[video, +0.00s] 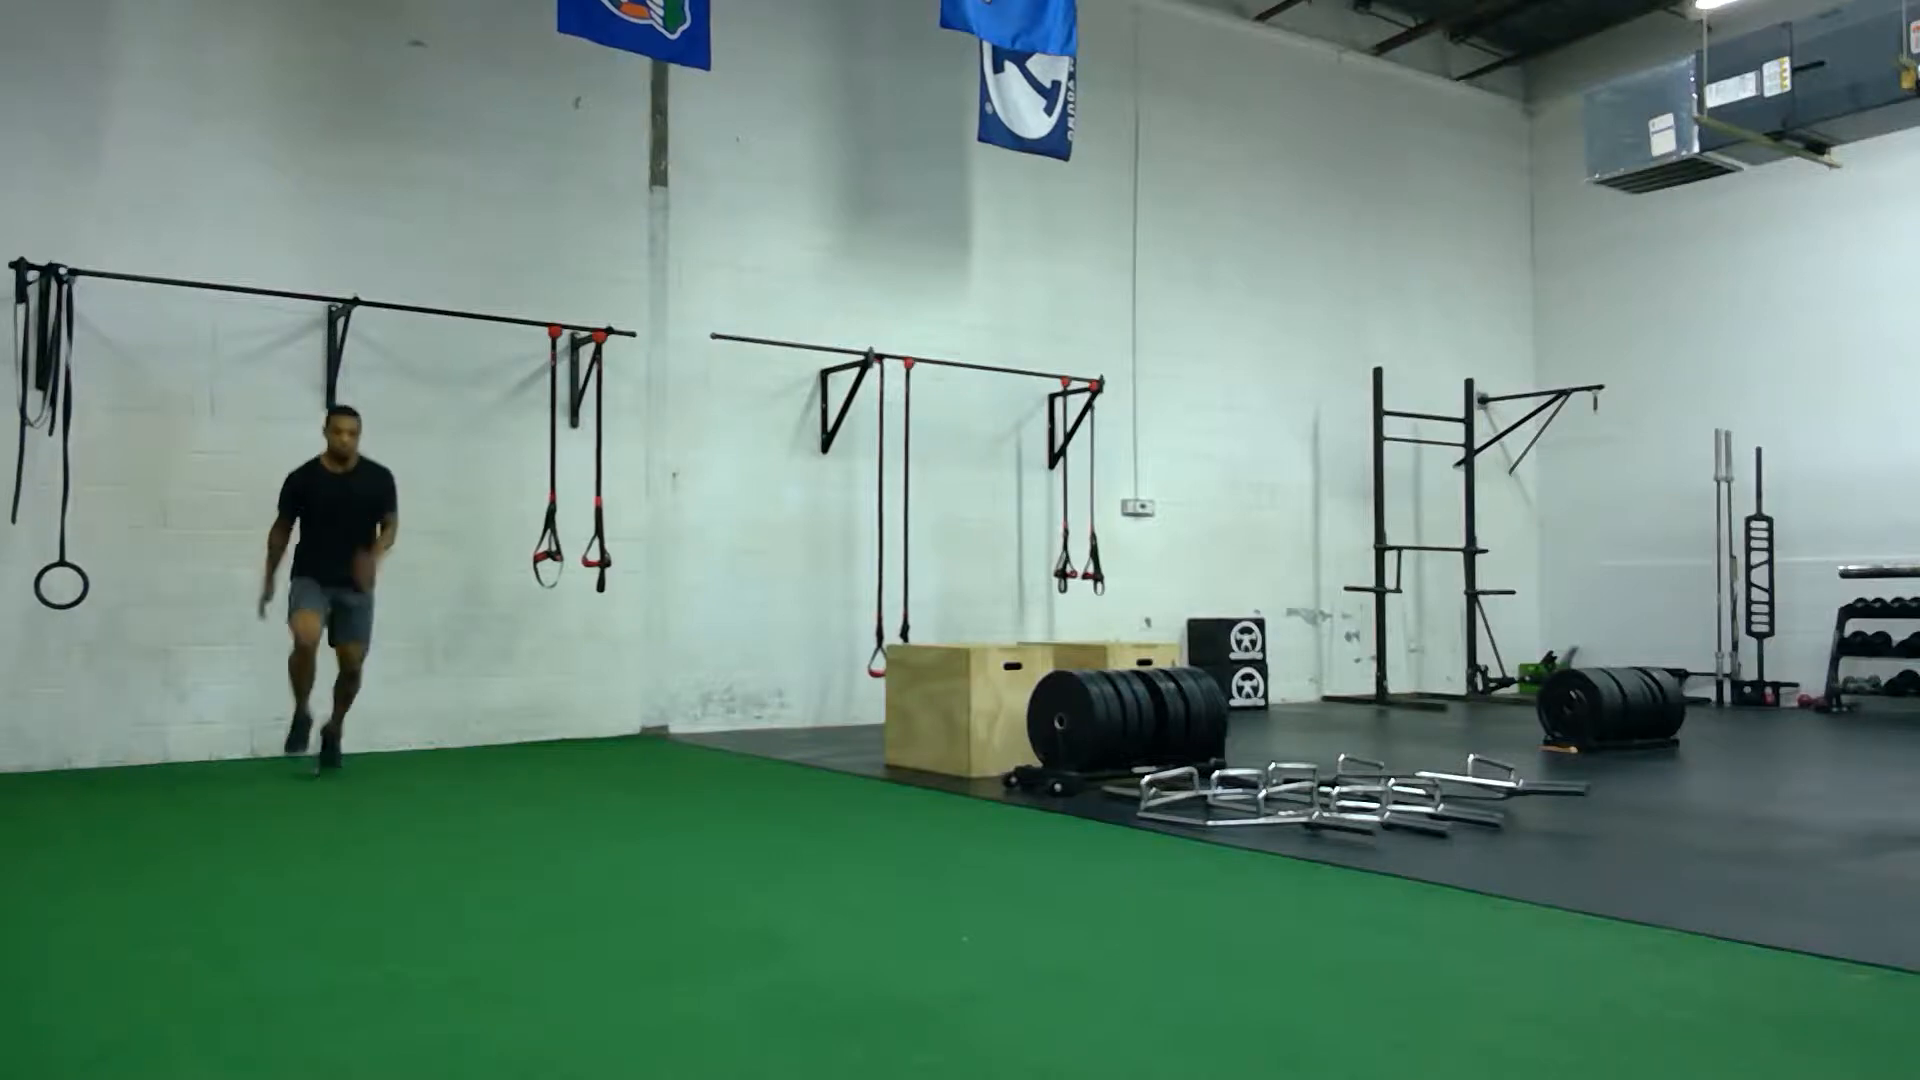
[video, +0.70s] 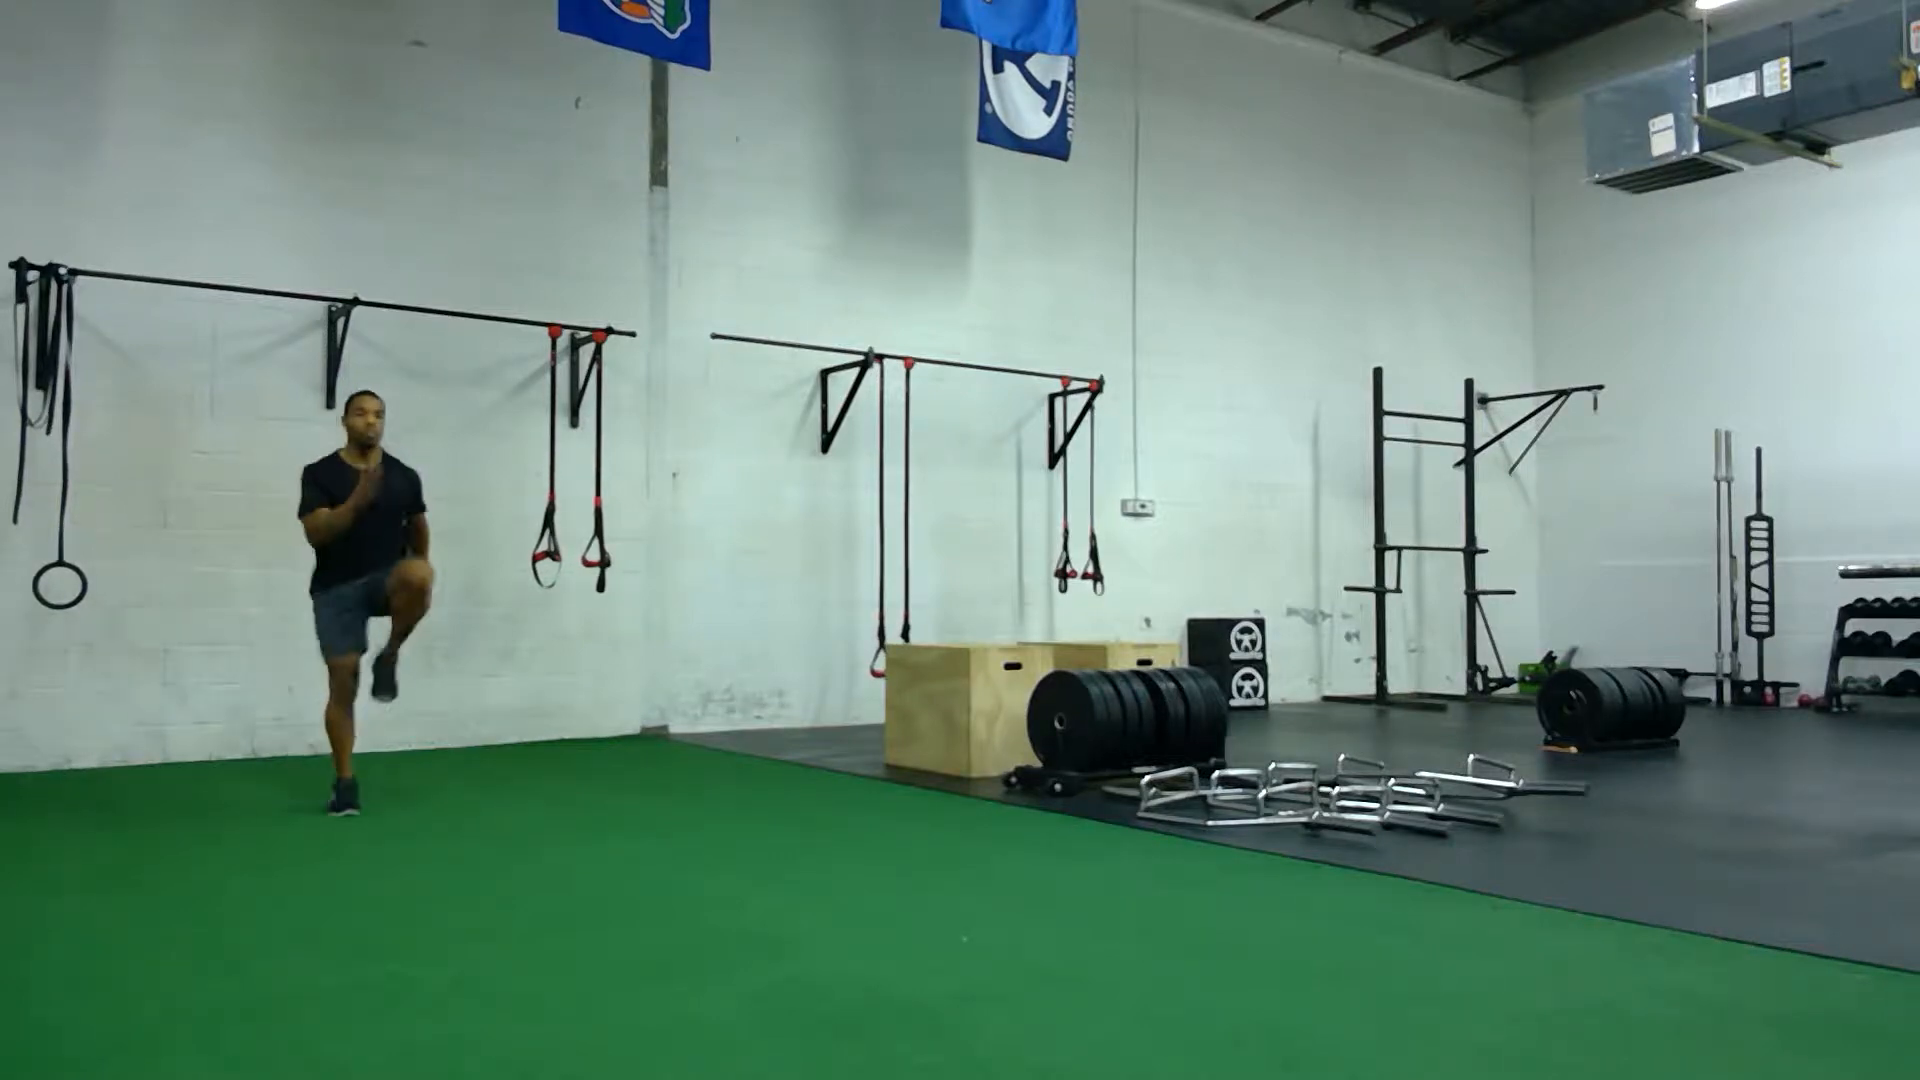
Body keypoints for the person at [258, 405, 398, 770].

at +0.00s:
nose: (344, 439)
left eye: (351, 433)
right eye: (337, 432)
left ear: (360, 436)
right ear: (326, 433)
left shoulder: (379, 479)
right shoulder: (301, 479)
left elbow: (389, 528)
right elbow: (281, 530)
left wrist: (373, 555)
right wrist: (269, 579)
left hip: (356, 580)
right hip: (311, 576)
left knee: (352, 665)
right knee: (304, 641)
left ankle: (333, 731)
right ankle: (301, 715)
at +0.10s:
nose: (341, 441)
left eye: (347, 435)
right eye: (333, 434)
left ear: (355, 441)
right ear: (320, 440)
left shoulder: (375, 485)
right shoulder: (298, 489)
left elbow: (400, 522)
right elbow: (285, 546)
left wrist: (408, 566)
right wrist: (297, 550)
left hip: (358, 587)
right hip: (310, 589)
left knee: (365, 649)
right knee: (306, 676)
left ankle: (342, 677)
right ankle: (299, 754)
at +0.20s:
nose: (346, 439)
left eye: (352, 433)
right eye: (338, 432)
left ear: (359, 438)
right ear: (324, 437)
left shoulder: (380, 481)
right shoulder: (301, 481)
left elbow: (406, 512)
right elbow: (286, 535)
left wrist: (414, 554)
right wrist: (314, 511)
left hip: (360, 582)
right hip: (311, 589)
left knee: (377, 633)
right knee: (309, 674)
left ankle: (353, 690)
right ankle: (300, 748)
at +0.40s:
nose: (368, 436)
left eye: (374, 430)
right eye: (360, 429)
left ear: (383, 438)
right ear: (346, 435)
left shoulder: (396, 488)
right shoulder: (318, 478)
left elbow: (392, 540)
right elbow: (275, 502)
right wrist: (245, 534)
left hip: (372, 583)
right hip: (326, 574)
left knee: (366, 678)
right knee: (351, 604)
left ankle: (355, 762)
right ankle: (329, 674)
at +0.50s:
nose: (369, 412)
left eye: (375, 406)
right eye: (360, 405)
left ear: (383, 413)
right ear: (345, 411)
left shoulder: (399, 461)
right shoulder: (317, 456)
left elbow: (416, 518)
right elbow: (281, 497)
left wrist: (391, 501)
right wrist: (266, 547)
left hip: (380, 568)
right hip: (333, 558)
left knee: (381, 662)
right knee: (342, 615)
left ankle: (365, 738)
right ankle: (339, 715)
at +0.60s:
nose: (369, 403)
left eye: (376, 397)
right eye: (361, 396)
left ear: (384, 406)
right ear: (345, 403)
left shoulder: (401, 456)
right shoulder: (317, 455)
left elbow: (412, 515)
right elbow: (301, 516)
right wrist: (317, 544)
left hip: (389, 563)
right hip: (335, 565)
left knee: (404, 633)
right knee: (338, 656)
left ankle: (374, 675)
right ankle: (335, 764)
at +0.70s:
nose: (370, 422)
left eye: (377, 415)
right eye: (360, 414)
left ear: (384, 423)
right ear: (345, 422)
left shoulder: (403, 476)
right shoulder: (320, 473)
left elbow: (418, 531)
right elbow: (317, 533)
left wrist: (417, 578)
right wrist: (359, 498)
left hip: (385, 580)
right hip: (337, 588)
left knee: (418, 574)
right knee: (343, 684)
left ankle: (389, 657)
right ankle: (344, 780)